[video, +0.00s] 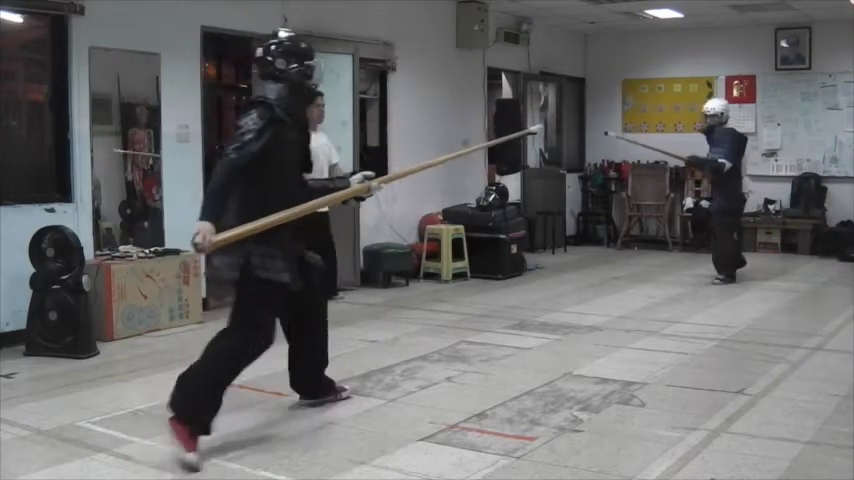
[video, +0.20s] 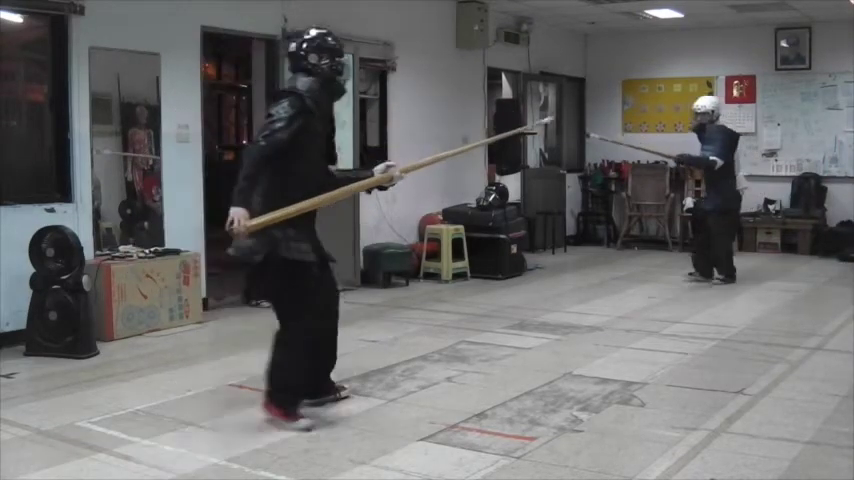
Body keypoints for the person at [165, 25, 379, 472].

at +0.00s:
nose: (311, 79)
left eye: (310, 71)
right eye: (303, 71)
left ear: (288, 75)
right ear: (282, 74)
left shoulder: (292, 120)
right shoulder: (263, 117)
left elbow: (293, 189)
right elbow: (229, 165)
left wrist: (345, 187)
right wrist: (208, 219)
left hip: (288, 241)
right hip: (259, 243)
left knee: (308, 307)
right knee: (251, 332)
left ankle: (311, 382)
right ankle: (187, 410)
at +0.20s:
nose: (339, 67)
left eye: (339, 59)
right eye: (331, 60)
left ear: (319, 64)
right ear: (310, 62)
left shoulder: (319, 109)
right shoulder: (294, 105)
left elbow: (320, 178)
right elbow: (258, 151)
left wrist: (372, 177)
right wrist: (240, 203)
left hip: (300, 226)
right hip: (275, 227)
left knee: (326, 297)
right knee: (302, 306)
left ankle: (315, 383)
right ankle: (280, 400)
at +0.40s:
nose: (360, 68)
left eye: (360, 60)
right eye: (353, 60)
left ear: (337, 63)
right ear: (333, 61)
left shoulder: (336, 110)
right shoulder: (313, 104)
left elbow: (337, 177)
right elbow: (277, 149)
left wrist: (386, 178)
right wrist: (264, 201)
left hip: (316, 226)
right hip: (302, 227)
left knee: (324, 304)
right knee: (348, 301)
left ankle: (318, 385)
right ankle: (328, 389)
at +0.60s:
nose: (378, 75)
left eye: (377, 67)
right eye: (370, 67)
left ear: (353, 71)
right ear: (352, 69)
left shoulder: (354, 114)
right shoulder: (331, 110)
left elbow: (356, 179)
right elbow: (296, 156)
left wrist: (401, 182)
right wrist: (285, 208)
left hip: (338, 228)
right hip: (318, 230)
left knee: (371, 281)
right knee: (355, 305)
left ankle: (347, 377)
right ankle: (333, 390)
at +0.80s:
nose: (397, 82)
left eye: (396, 75)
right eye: (390, 76)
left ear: (372, 80)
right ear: (374, 79)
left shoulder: (378, 122)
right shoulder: (355, 120)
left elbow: (377, 189)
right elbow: (320, 166)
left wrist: (421, 188)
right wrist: (315, 217)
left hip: (360, 230)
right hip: (341, 233)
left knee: (390, 281)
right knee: (375, 315)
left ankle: (409, 349)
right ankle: (333, 391)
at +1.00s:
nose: (431, 101)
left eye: (430, 94)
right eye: (425, 95)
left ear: (403, 97)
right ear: (409, 97)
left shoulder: (412, 137)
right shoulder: (389, 136)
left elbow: (429, 188)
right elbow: (356, 171)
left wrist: (469, 189)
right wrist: (364, 224)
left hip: (387, 238)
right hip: (365, 240)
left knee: (414, 286)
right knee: (376, 314)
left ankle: (423, 353)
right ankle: (335, 389)